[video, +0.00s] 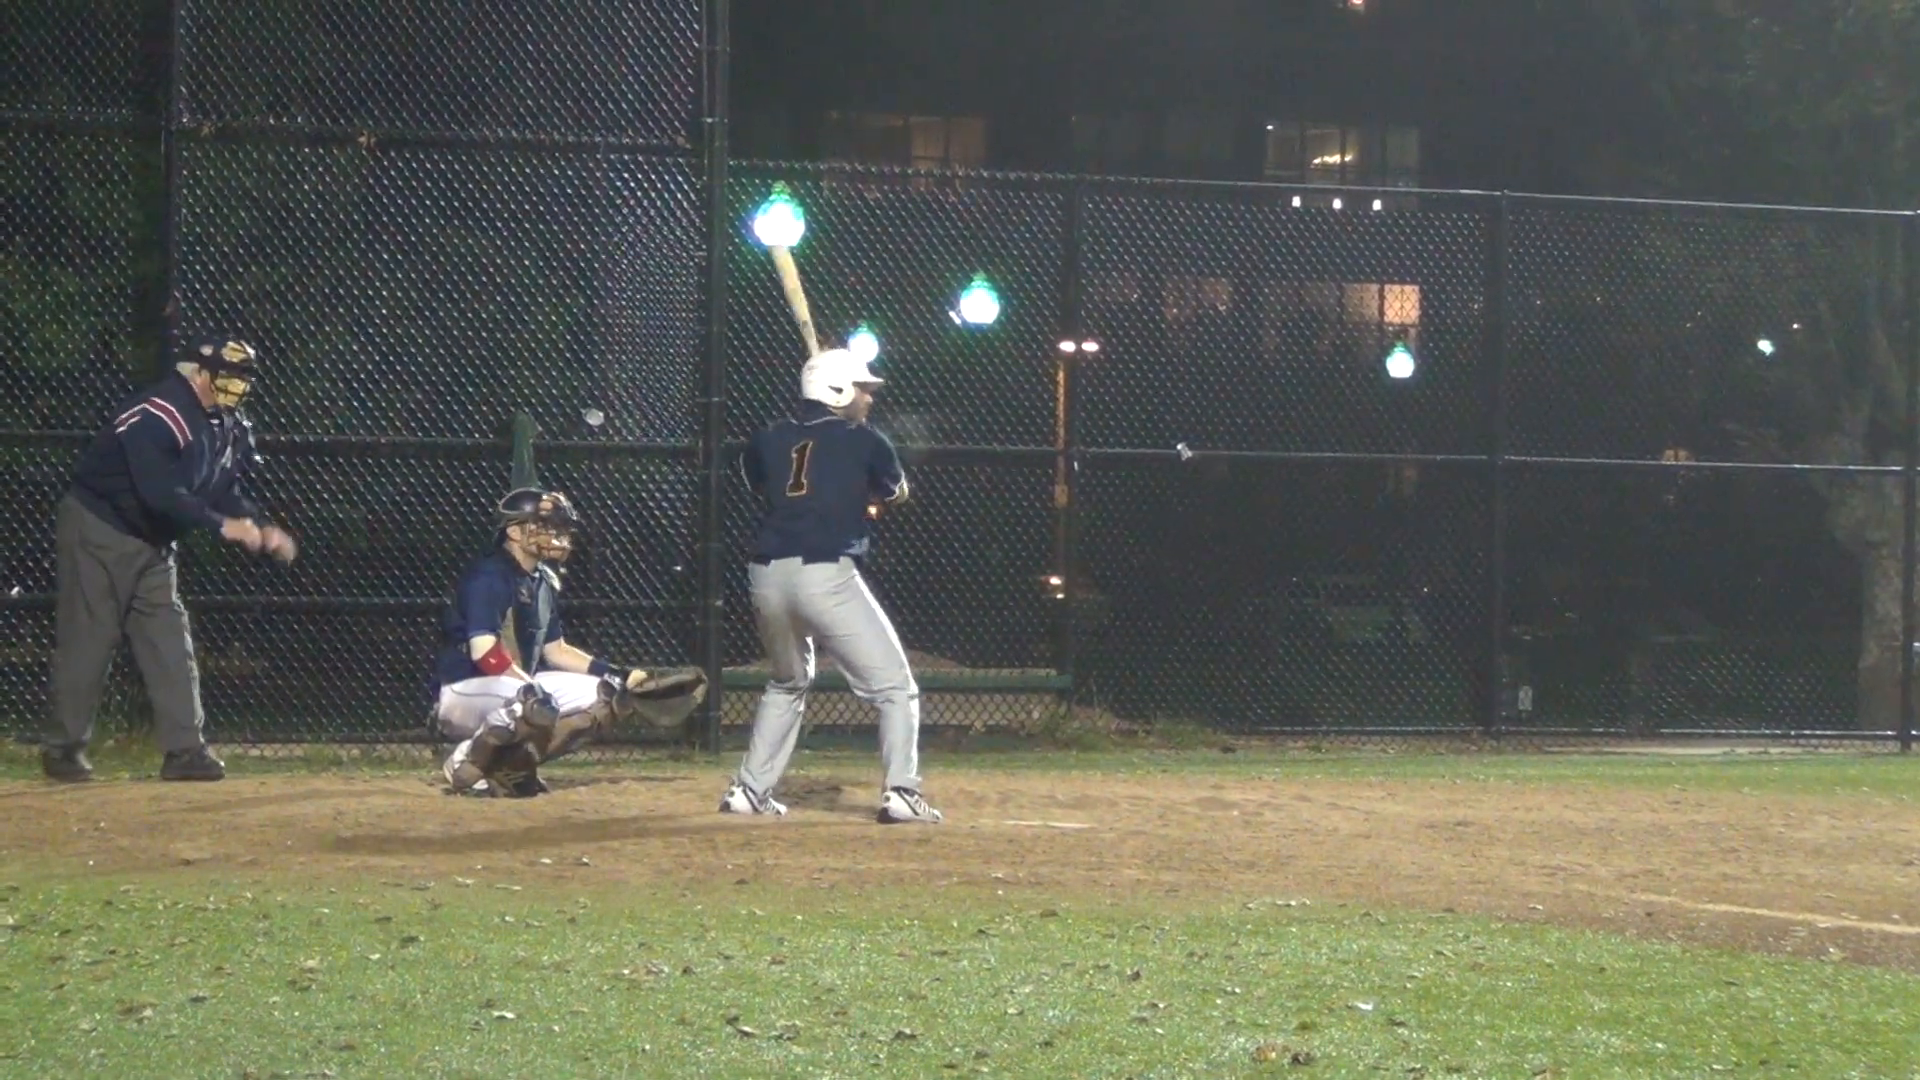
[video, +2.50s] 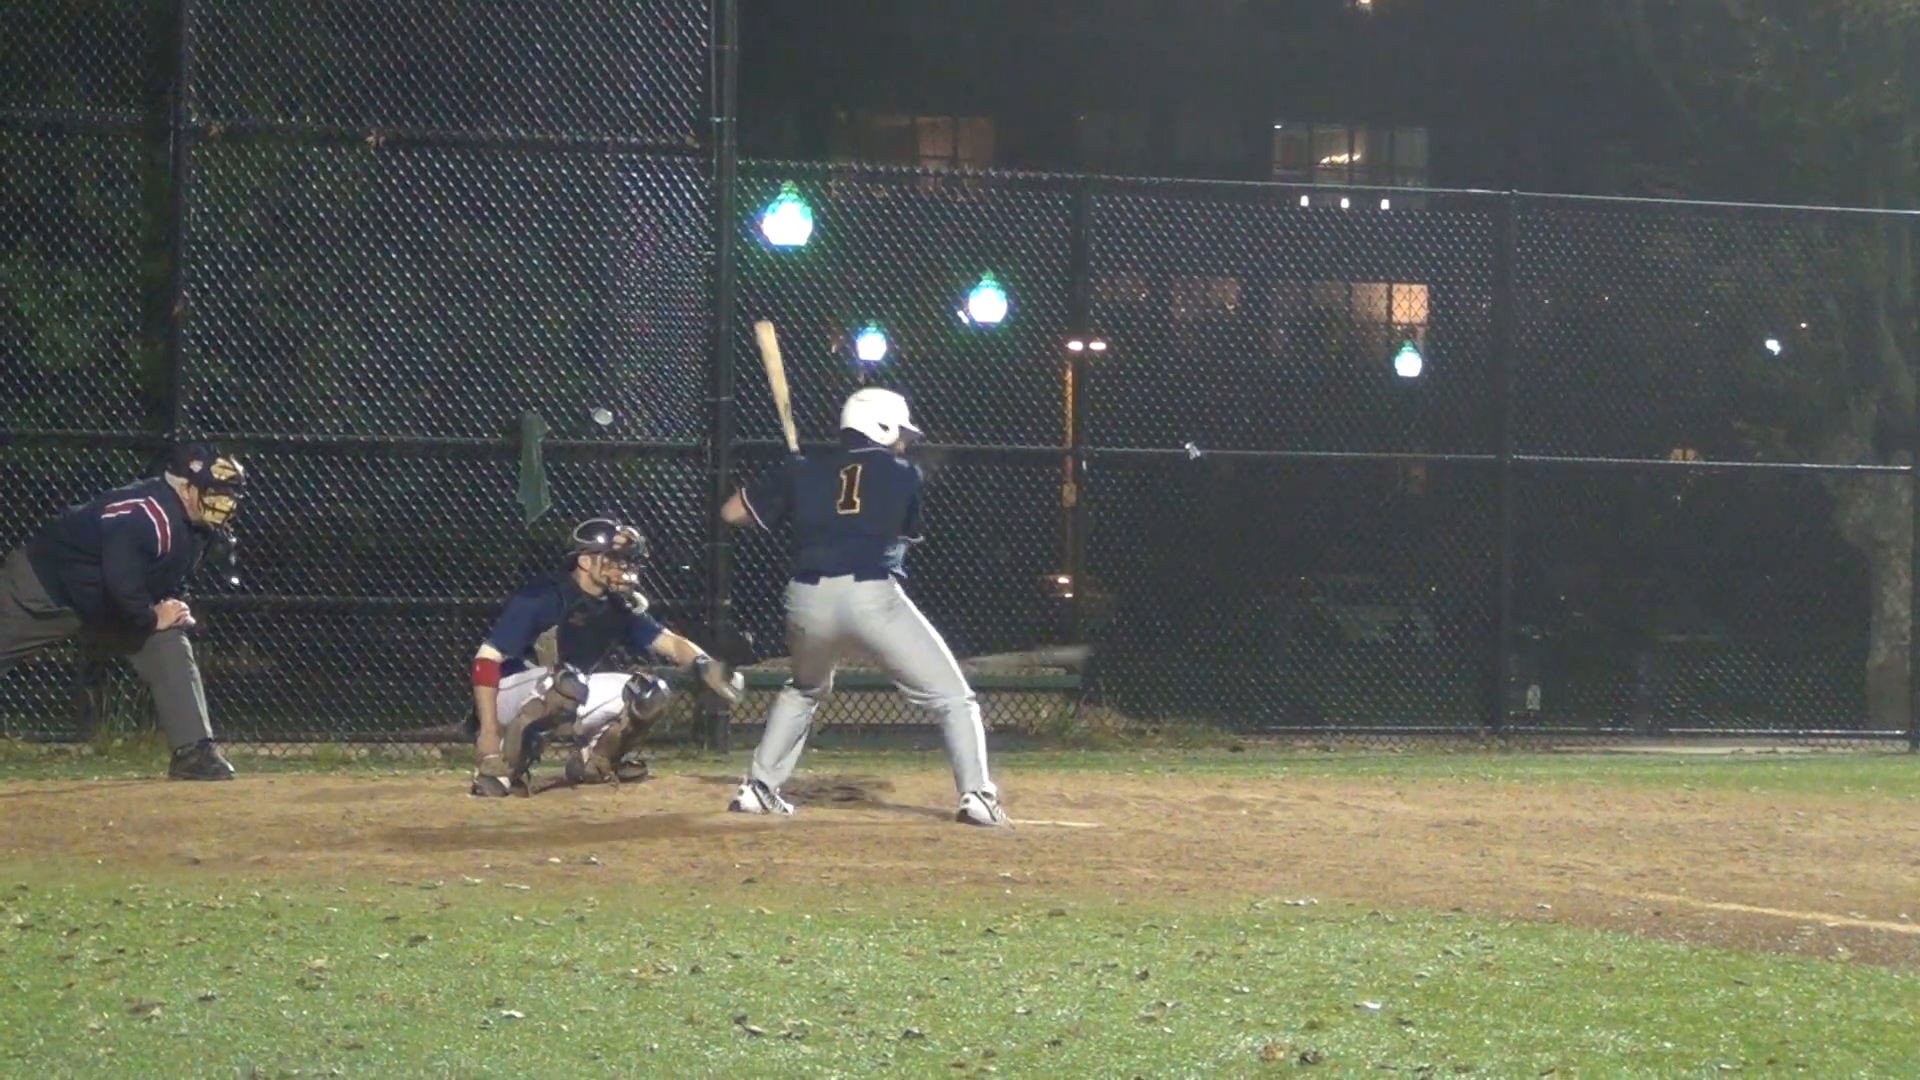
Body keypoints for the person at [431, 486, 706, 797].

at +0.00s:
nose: (552, 536)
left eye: (554, 529)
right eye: (542, 527)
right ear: (514, 533)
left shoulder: (540, 580)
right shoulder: (487, 576)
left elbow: (556, 650)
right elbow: (485, 653)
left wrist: (619, 675)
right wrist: (535, 693)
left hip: (515, 683)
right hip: (463, 691)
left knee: (606, 694)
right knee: (536, 705)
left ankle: (512, 766)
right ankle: (465, 767)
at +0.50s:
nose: (570, 494)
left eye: (572, 486)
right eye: (560, 486)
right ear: (530, 489)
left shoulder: (557, 530)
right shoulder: (499, 532)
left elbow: (566, 584)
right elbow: (509, 613)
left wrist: (602, 607)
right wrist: (578, 617)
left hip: (522, 634)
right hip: (466, 635)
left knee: (601, 656)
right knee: (522, 681)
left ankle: (573, 755)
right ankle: (477, 769)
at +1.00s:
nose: (590, 550)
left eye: (592, 543)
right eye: (580, 543)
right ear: (551, 546)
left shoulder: (587, 589)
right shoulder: (519, 584)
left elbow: (601, 634)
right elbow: (514, 646)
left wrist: (634, 638)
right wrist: (587, 643)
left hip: (554, 682)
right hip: (488, 690)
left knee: (638, 675)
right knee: (544, 682)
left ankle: (586, 764)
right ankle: (491, 773)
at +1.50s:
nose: (610, 557)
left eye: (611, 549)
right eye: (601, 549)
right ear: (570, 553)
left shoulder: (602, 598)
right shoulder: (532, 592)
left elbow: (641, 646)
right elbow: (481, 657)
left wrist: (685, 654)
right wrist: (472, 724)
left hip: (558, 694)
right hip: (500, 693)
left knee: (636, 683)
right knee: (556, 681)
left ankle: (588, 765)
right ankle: (497, 773)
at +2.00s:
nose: (620, 560)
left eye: (622, 552)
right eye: (610, 550)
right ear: (581, 553)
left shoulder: (611, 602)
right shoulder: (543, 591)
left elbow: (647, 655)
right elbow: (489, 659)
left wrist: (684, 661)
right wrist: (489, 728)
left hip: (569, 691)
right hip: (508, 692)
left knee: (646, 686)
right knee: (561, 686)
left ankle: (591, 764)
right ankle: (495, 767)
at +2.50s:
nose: (623, 569)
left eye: (626, 561)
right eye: (615, 560)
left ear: (627, 563)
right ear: (586, 561)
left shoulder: (616, 607)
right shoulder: (542, 598)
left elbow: (671, 645)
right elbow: (486, 662)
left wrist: (707, 667)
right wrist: (489, 733)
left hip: (571, 695)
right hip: (509, 696)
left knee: (648, 693)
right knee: (566, 683)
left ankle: (593, 764)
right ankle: (501, 771)